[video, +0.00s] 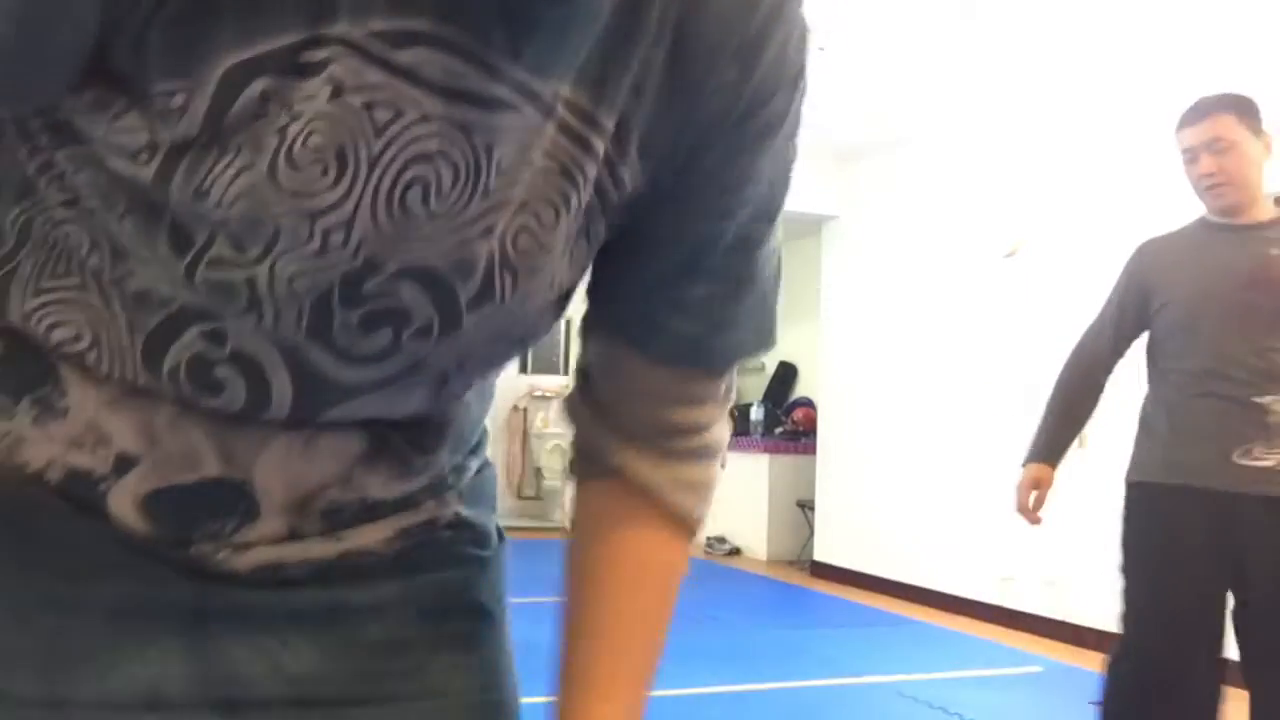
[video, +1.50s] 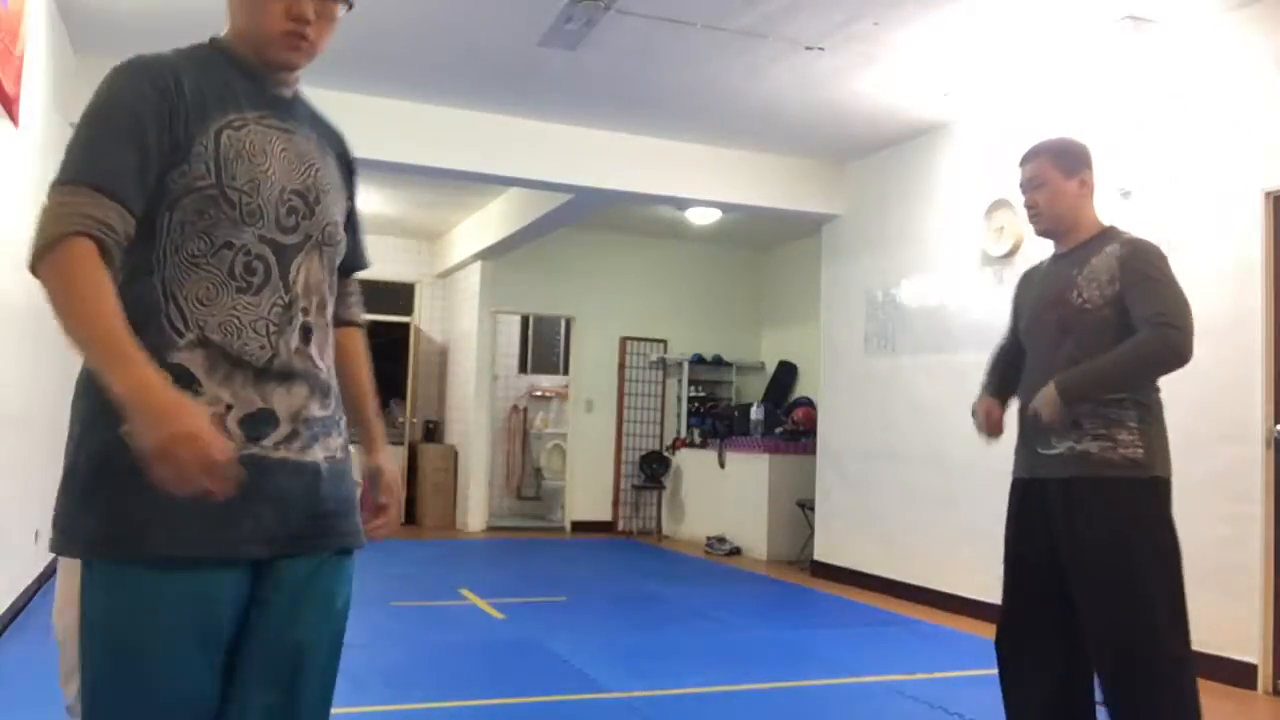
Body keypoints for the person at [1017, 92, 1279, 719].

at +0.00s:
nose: (1204, 167)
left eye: (1219, 149)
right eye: (1191, 156)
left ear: (1263, 148)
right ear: (1182, 167)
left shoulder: (1278, 245)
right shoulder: (1159, 258)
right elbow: (1092, 357)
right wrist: (1044, 454)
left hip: (1268, 497)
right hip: (1170, 493)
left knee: (1273, 672)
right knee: (1159, 673)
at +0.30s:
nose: (1108, 178)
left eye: (1120, 160)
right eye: (1094, 169)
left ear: (1154, 164)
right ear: (1086, 185)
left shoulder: (1223, 256)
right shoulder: (1074, 277)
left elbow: (1279, 341)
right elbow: (1044, 370)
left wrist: (1277, 461)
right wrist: (1036, 443)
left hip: (1199, 513)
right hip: (1090, 514)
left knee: (1238, 689)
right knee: (1066, 684)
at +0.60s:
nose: (1030, 183)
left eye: (1044, 167)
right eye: (1017, 174)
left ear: (1078, 171)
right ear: (1009, 188)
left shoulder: (1128, 245)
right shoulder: (1011, 274)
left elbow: (1206, 326)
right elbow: (995, 374)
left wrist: (1107, 387)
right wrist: (961, 456)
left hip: (1122, 493)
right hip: (1031, 493)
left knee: (1138, 672)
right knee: (1037, 670)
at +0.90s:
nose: (1004, 195)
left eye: (1017, 179)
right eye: (996, 187)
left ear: (1058, 179)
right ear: (992, 198)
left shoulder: (1106, 244)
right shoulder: (1010, 277)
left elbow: (1185, 312)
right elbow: (995, 350)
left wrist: (1085, 371)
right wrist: (954, 403)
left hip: (1089, 485)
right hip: (1013, 486)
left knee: (1099, 639)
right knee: (1010, 633)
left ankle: (1108, 716)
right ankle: (1031, 715)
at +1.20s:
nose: (1009, 197)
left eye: (1021, 181)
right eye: (1002, 188)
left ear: (1064, 180)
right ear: (1000, 200)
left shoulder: (1118, 255)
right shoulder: (1003, 279)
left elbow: (1198, 332)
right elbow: (969, 352)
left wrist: (1103, 385)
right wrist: (977, 381)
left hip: (1094, 481)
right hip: (1020, 482)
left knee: (1091, 640)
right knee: (1009, 632)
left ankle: (1107, 718)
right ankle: (1029, 718)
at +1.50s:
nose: (1027, 200)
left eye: (1037, 187)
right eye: (1023, 191)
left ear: (1082, 183)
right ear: (1029, 197)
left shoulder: (1132, 255)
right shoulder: (1032, 281)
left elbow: (1171, 341)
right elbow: (1015, 348)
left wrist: (1068, 388)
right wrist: (994, 391)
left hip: (1117, 482)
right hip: (1039, 484)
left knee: (1138, 648)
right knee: (1037, 645)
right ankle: (1047, 717)